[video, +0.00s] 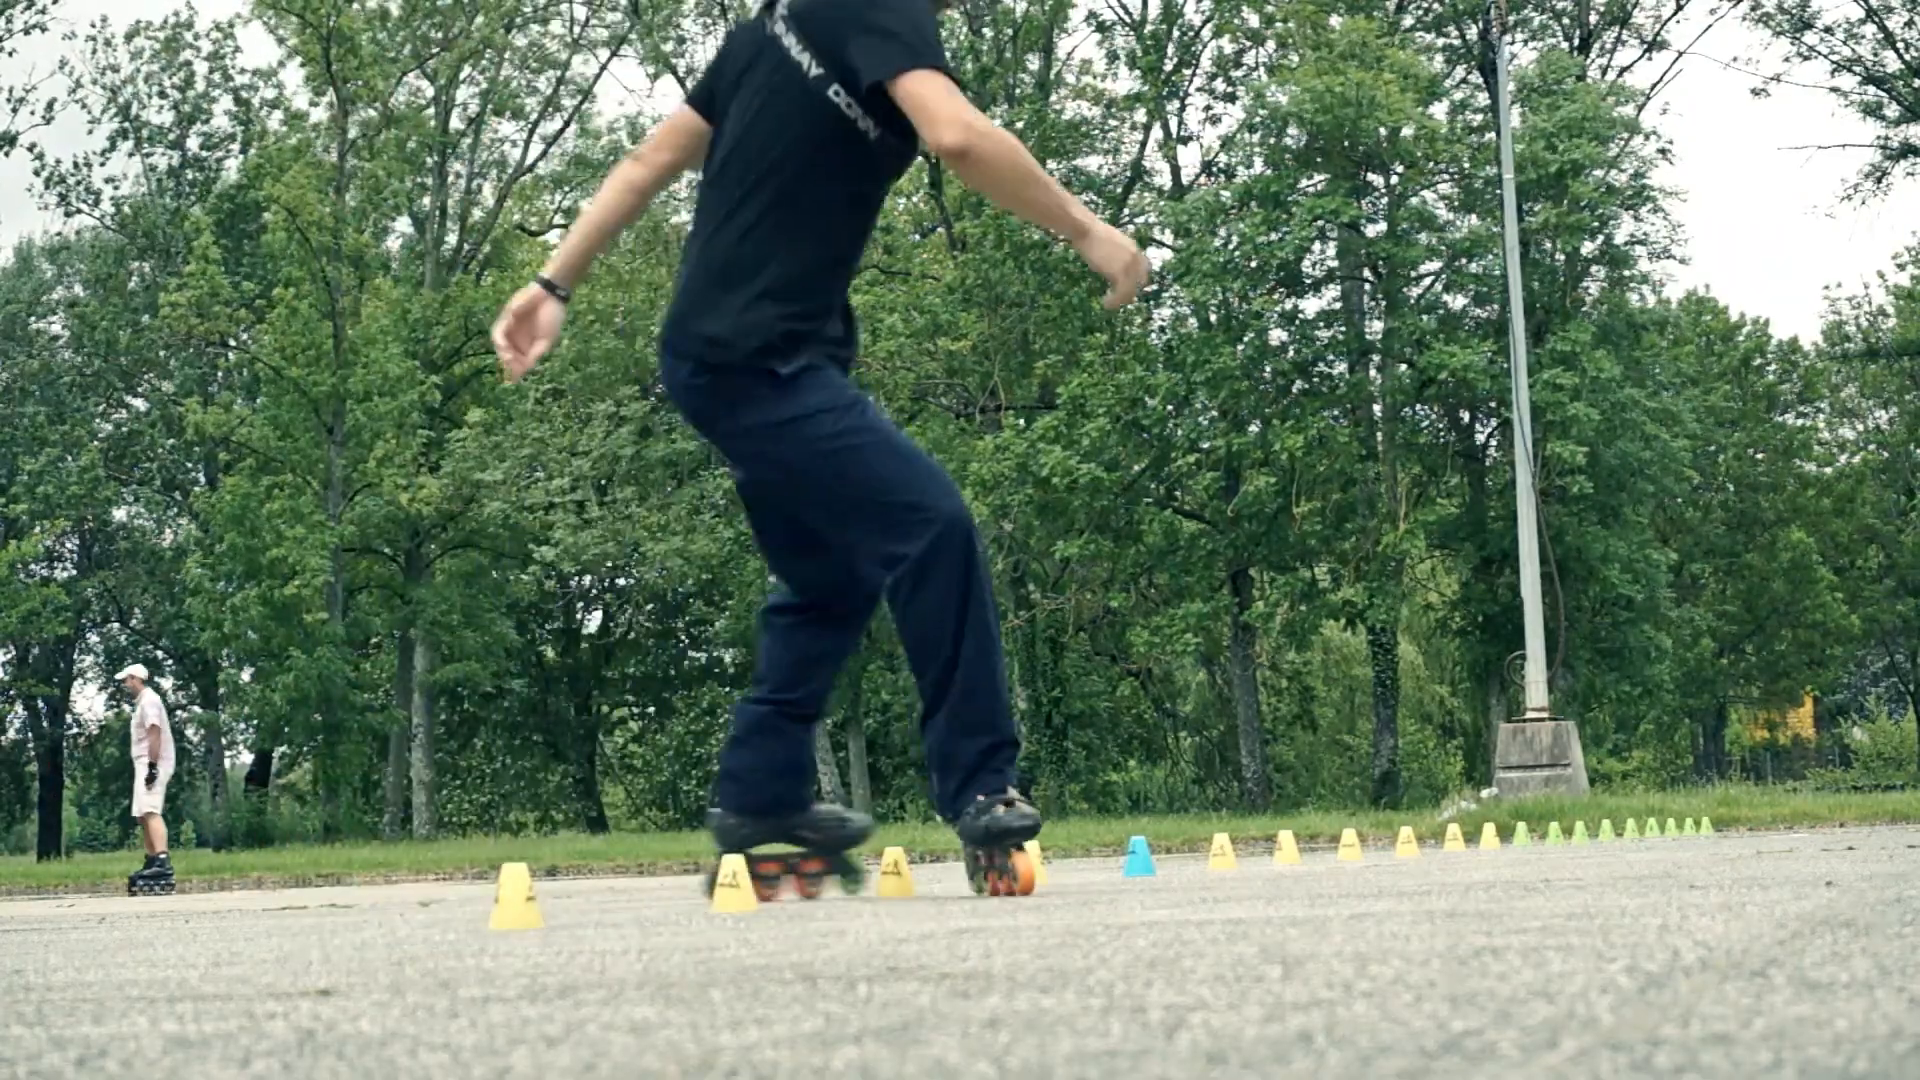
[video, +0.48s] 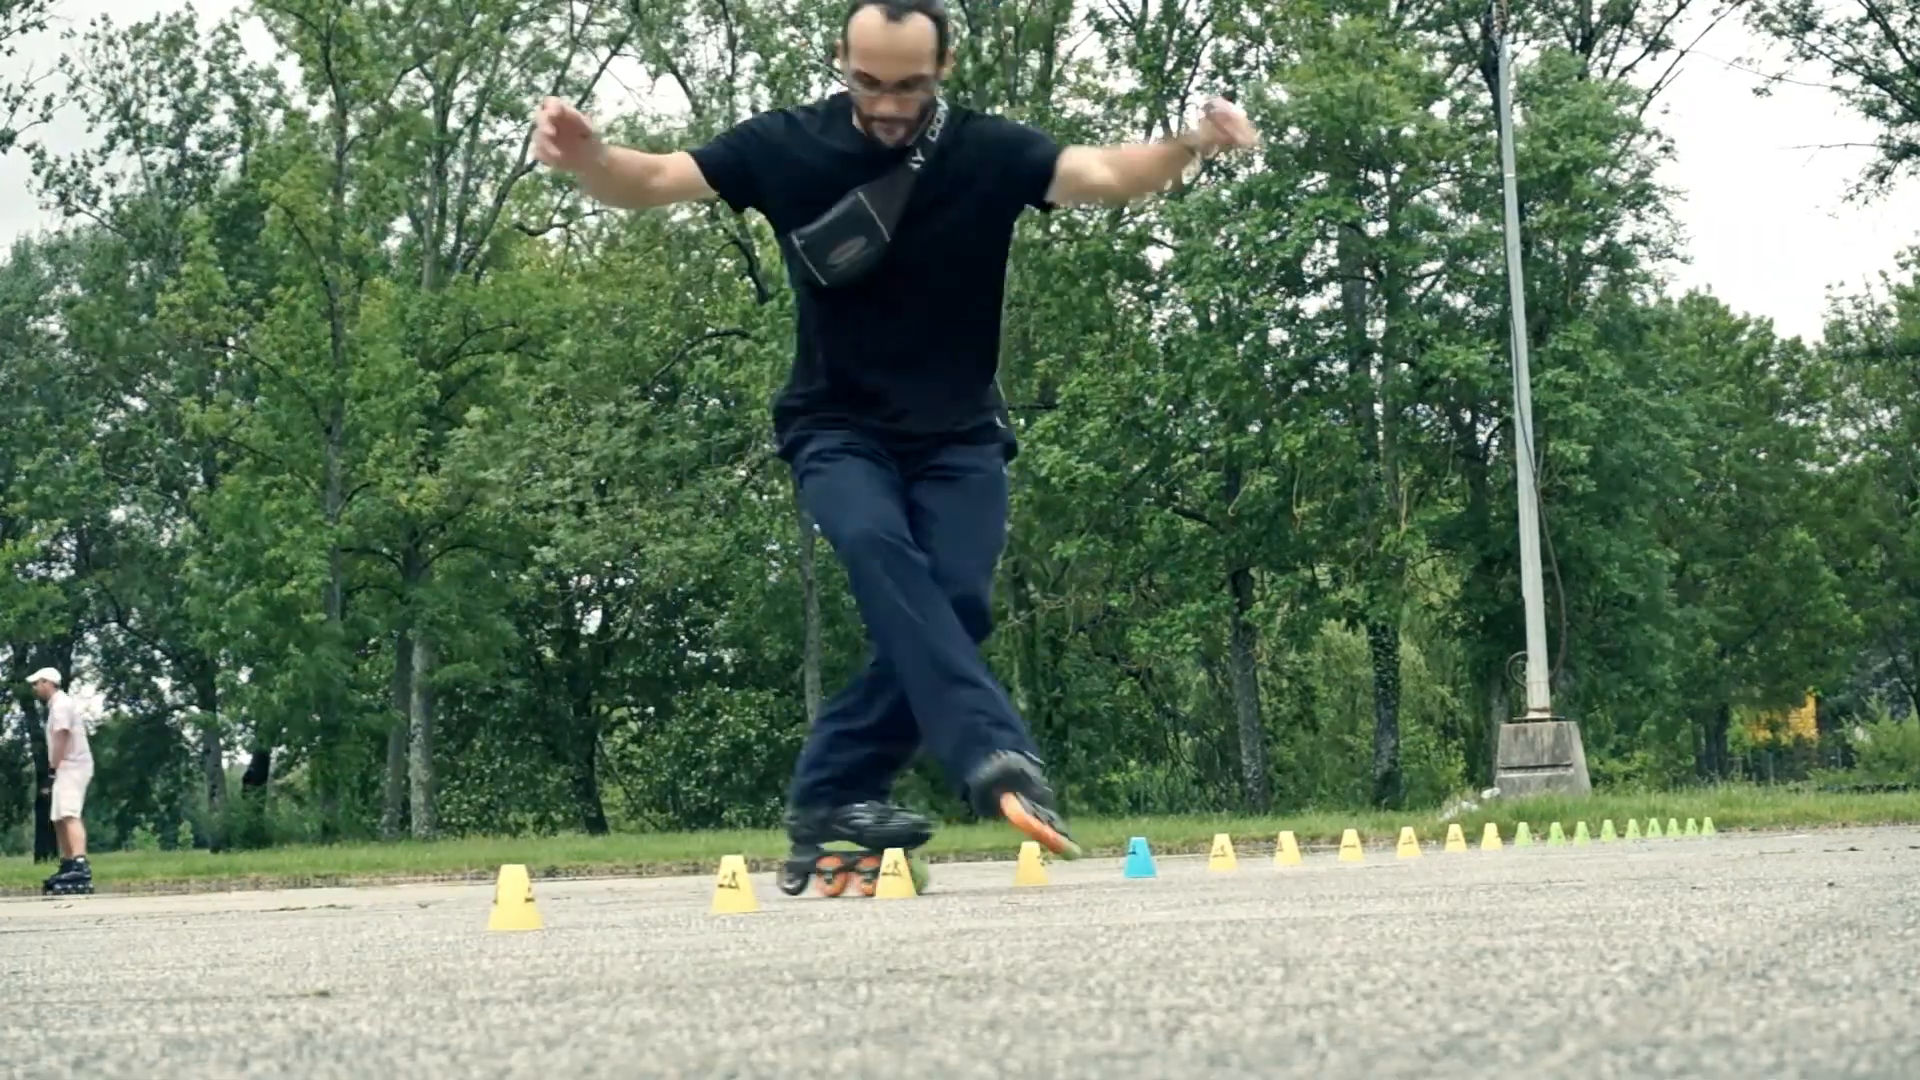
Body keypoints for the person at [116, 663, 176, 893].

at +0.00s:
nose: (124, 685)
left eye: (127, 680)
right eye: (124, 681)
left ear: (137, 679)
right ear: (134, 681)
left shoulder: (149, 699)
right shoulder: (143, 701)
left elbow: (154, 732)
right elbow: (149, 735)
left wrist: (152, 764)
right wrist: (144, 763)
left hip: (153, 761)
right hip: (144, 760)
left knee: (150, 811)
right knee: (143, 813)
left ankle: (162, 860)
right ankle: (152, 859)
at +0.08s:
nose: (112, 685)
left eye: (114, 680)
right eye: (111, 681)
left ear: (124, 679)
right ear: (121, 680)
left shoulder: (134, 700)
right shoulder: (129, 701)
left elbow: (140, 733)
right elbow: (134, 736)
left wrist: (140, 766)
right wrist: (129, 766)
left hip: (139, 761)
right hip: (130, 761)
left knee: (138, 811)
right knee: (128, 812)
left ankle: (148, 860)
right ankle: (137, 859)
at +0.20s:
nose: (89, 685)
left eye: (91, 680)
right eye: (88, 681)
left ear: (102, 680)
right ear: (100, 681)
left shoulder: (113, 701)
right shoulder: (108, 702)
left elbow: (118, 734)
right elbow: (113, 736)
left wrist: (118, 767)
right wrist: (110, 766)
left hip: (121, 760)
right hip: (110, 760)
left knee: (117, 811)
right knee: (108, 813)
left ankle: (129, 859)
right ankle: (116, 858)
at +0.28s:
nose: (74, 685)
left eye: (77, 681)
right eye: (74, 681)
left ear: (87, 680)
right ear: (84, 682)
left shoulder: (98, 702)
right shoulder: (92, 702)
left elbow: (102, 735)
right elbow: (98, 736)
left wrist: (100, 767)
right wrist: (95, 766)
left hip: (108, 760)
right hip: (96, 760)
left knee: (104, 812)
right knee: (94, 815)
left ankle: (114, 860)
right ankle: (102, 860)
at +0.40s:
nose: (51, 687)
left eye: (54, 683)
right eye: (51, 683)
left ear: (64, 683)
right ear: (62, 684)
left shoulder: (75, 702)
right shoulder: (69, 704)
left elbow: (79, 733)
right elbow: (75, 735)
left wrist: (71, 764)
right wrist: (68, 763)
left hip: (89, 762)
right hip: (78, 763)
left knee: (82, 811)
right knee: (73, 814)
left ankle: (93, 862)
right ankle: (80, 861)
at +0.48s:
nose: (35, 689)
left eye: (37, 684)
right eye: (34, 685)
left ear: (48, 683)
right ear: (48, 684)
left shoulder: (60, 702)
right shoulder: (56, 704)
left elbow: (62, 733)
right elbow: (60, 736)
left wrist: (54, 764)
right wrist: (53, 764)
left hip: (74, 763)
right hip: (65, 764)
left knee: (69, 813)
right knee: (59, 815)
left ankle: (79, 864)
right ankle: (67, 863)